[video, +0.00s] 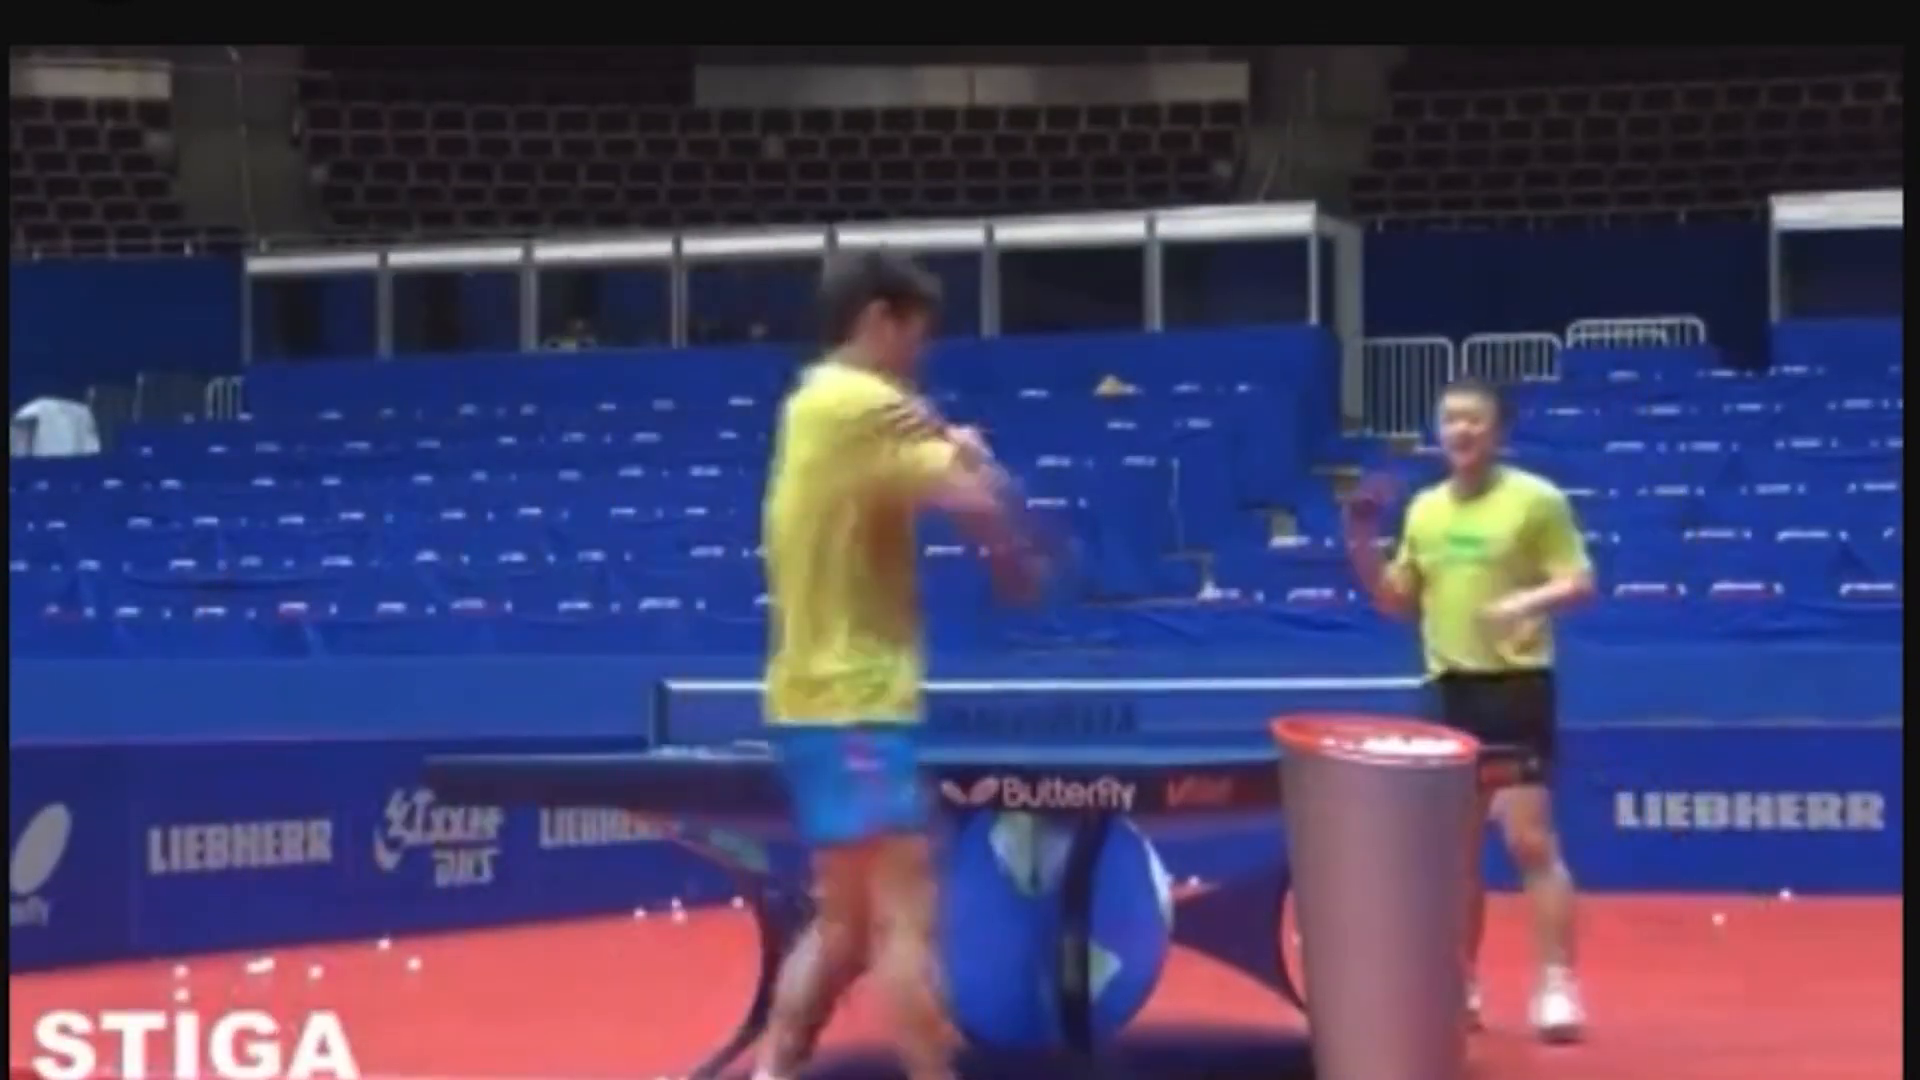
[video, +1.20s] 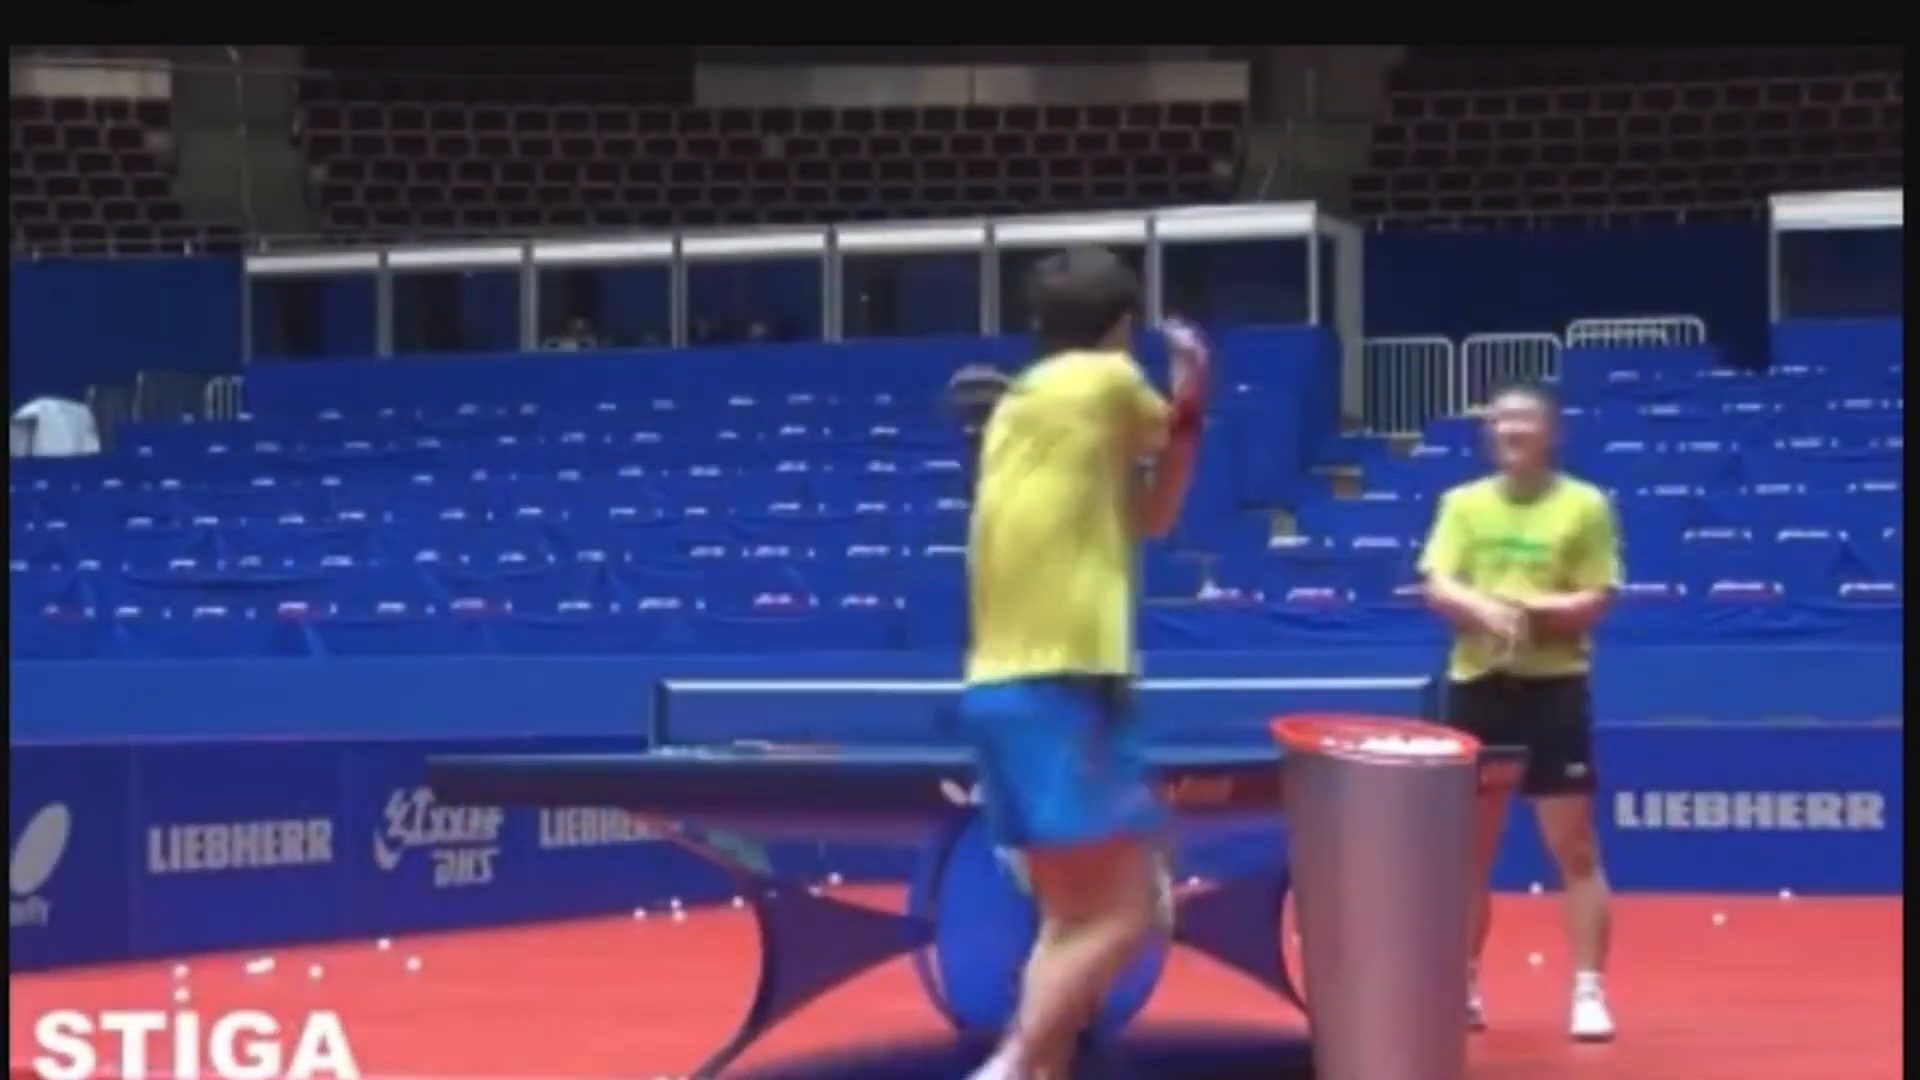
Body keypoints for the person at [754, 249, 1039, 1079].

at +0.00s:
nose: (923, 351)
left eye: (925, 332)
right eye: (918, 331)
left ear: (866, 324)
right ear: (879, 320)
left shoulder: (817, 399)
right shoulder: (858, 405)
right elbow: (978, 497)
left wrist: (959, 457)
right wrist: (1009, 554)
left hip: (817, 702)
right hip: (858, 707)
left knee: (842, 929)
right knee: (906, 922)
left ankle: (771, 1068)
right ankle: (936, 1068)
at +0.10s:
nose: (946, 348)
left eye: (949, 333)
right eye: (942, 330)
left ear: (887, 323)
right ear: (905, 319)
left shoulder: (845, 400)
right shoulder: (891, 400)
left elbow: (978, 459)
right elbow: (1044, 441)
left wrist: (1054, 461)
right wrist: (1096, 478)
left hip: (855, 698)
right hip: (894, 699)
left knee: (920, 902)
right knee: (953, 907)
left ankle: (815, 1059)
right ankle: (951, 1070)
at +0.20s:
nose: (978, 340)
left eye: (980, 327)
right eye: (974, 325)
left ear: (913, 318)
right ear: (935, 313)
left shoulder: (867, 394)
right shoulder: (919, 378)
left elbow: (1013, 477)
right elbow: (1064, 362)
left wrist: (965, 417)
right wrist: (1109, 386)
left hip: (877, 691)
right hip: (914, 692)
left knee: (953, 887)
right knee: (970, 895)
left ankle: (859, 1055)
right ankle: (956, 1070)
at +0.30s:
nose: (993, 316)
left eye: (989, 299)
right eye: (984, 297)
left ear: (942, 303)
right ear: (948, 299)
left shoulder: (949, 402)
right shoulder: (903, 373)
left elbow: (1050, 465)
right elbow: (1029, 286)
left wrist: (983, 400)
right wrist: (1114, 276)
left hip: (946, 670)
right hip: (924, 670)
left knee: (960, 892)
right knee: (988, 895)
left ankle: (904, 1066)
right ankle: (958, 1070)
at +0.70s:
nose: (1087, 333)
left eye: (1088, 317)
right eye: (1082, 316)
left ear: (994, 311)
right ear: (1054, 316)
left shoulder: (986, 392)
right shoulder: (990, 367)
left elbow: (1092, 493)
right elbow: (1033, 417)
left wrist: (1067, 427)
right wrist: (1065, 386)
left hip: (941, 671)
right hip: (983, 669)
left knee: (970, 893)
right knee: (1009, 902)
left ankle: (910, 1064)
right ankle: (961, 1069)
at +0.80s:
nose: (1080, 341)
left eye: (1077, 326)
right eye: (1081, 326)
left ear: (999, 317)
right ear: (1064, 323)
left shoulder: (972, 387)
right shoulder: (1004, 383)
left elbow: (1020, 521)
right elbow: (1004, 456)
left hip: (951, 678)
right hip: (979, 679)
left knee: (999, 893)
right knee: (1016, 893)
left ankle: (950, 1062)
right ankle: (950, 1067)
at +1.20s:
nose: (1132, 331)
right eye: (1131, 320)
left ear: (1043, 324)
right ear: (1123, 323)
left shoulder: (1015, 405)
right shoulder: (1107, 378)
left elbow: (1149, 516)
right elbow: (1165, 445)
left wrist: (1183, 420)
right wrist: (1186, 400)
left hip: (995, 686)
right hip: (1056, 684)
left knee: (1064, 913)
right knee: (1122, 909)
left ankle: (1046, 1067)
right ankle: (1009, 1066)